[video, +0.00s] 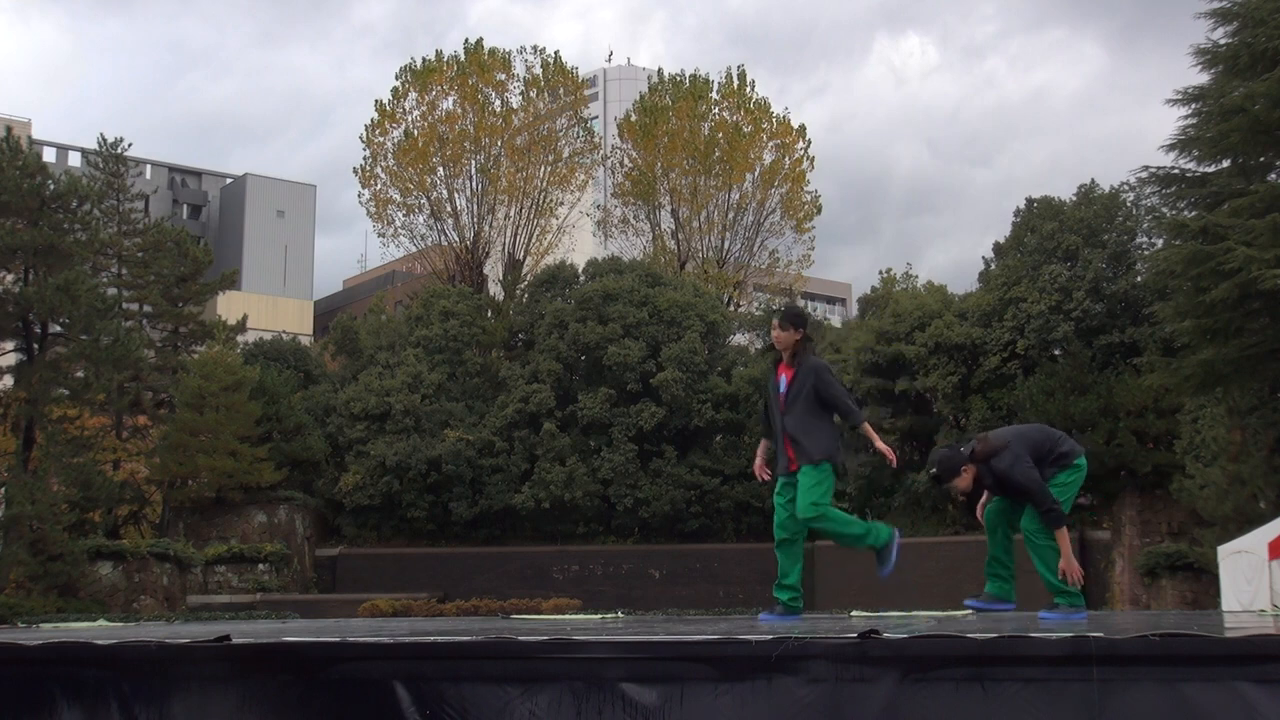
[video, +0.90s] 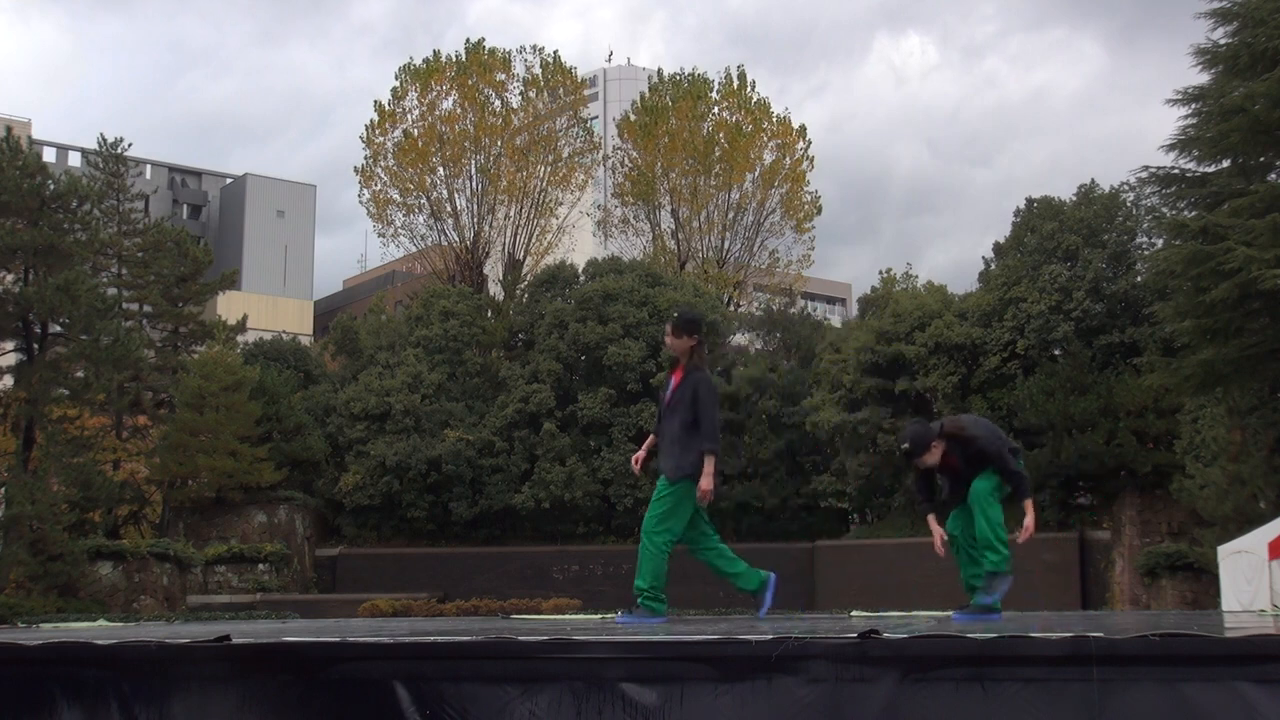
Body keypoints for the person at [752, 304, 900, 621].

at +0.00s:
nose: (774, 335)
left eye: (781, 330)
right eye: (773, 329)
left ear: (798, 334)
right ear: (775, 333)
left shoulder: (815, 368)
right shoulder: (777, 373)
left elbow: (847, 406)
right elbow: (773, 421)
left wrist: (876, 440)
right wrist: (761, 452)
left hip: (816, 459)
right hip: (787, 463)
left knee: (811, 511)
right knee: (786, 531)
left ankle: (883, 537)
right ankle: (789, 604)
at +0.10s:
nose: (770, 333)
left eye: (776, 329)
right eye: (769, 327)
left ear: (793, 333)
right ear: (771, 331)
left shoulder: (807, 372)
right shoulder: (766, 368)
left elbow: (838, 410)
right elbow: (757, 410)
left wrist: (870, 445)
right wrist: (743, 443)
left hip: (801, 458)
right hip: (777, 461)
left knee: (787, 501)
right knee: (778, 531)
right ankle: (789, 604)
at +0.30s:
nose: (758, 336)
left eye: (764, 332)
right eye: (757, 331)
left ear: (781, 335)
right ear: (757, 333)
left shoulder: (793, 375)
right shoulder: (755, 367)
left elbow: (816, 417)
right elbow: (743, 407)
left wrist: (841, 457)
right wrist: (722, 431)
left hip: (776, 455)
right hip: (755, 460)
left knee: (756, 500)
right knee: (765, 535)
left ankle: (820, 464)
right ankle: (788, 604)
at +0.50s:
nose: (739, 344)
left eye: (745, 340)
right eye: (738, 339)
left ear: (762, 341)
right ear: (739, 339)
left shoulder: (772, 378)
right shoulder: (738, 371)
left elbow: (788, 424)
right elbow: (728, 410)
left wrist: (797, 465)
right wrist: (704, 431)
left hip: (751, 458)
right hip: (735, 459)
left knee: (716, 503)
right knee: (752, 534)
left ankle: (792, 508)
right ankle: (786, 602)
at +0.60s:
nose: (724, 347)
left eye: (730, 342)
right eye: (723, 342)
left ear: (748, 342)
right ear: (725, 341)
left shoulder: (765, 381)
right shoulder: (724, 373)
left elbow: (777, 427)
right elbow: (707, 414)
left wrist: (770, 464)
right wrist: (684, 439)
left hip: (741, 461)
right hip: (722, 461)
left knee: (698, 505)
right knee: (750, 533)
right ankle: (786, 600)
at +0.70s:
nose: (708, 350)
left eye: (713, 345)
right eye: (707, 345)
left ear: (732, 344)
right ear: (712, 344)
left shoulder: (750, 381)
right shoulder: (709, 376)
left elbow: (756, 426)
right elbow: (689, 414)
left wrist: (745, 462)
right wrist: (666, 445)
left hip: (727, 466)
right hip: (711, 465)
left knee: (692, 523)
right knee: (744, 536)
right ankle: (785, 599)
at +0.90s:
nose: (666, 341)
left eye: (672, 336)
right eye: (667, 335)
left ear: (691, 340)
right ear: (678, 339)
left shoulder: (701, 380)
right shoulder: (674, 376)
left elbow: (710, 431)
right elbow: (666, 422)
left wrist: (708, 473)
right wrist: (646, 448)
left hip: (684, 472)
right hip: (674, 471)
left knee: (654, 533)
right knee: (701, 540)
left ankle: (651, 606)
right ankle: (758, 581)